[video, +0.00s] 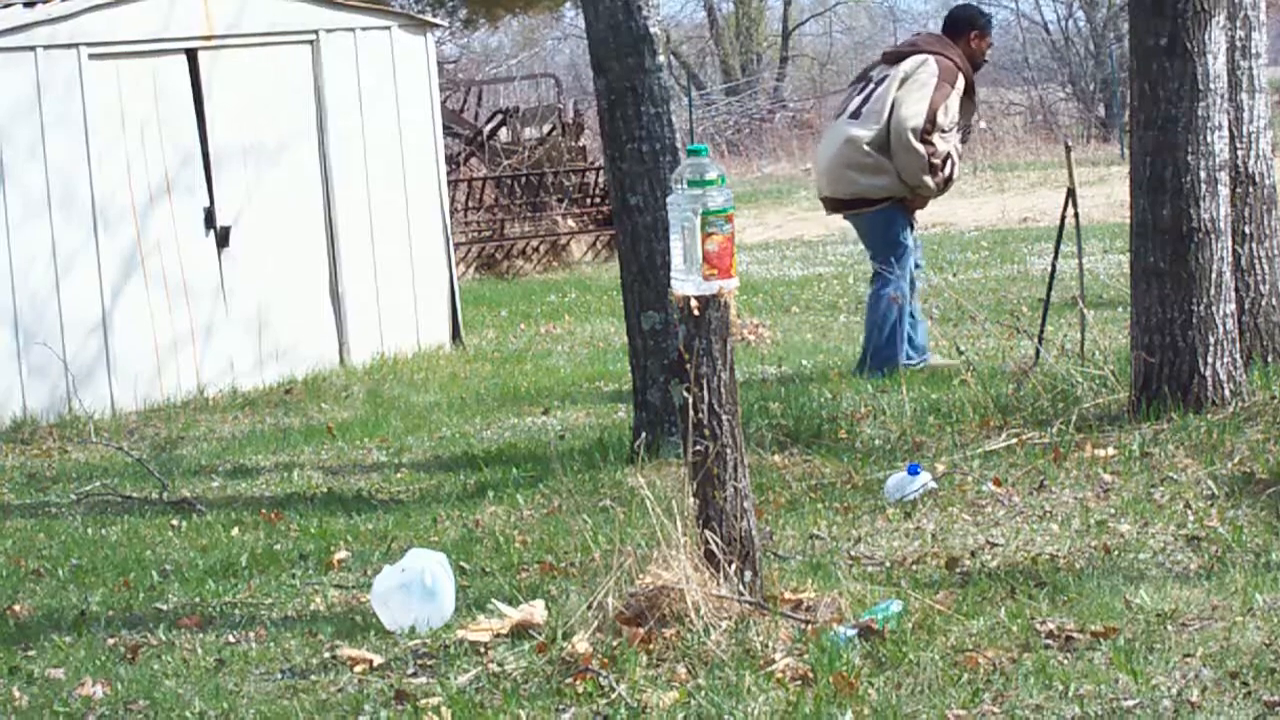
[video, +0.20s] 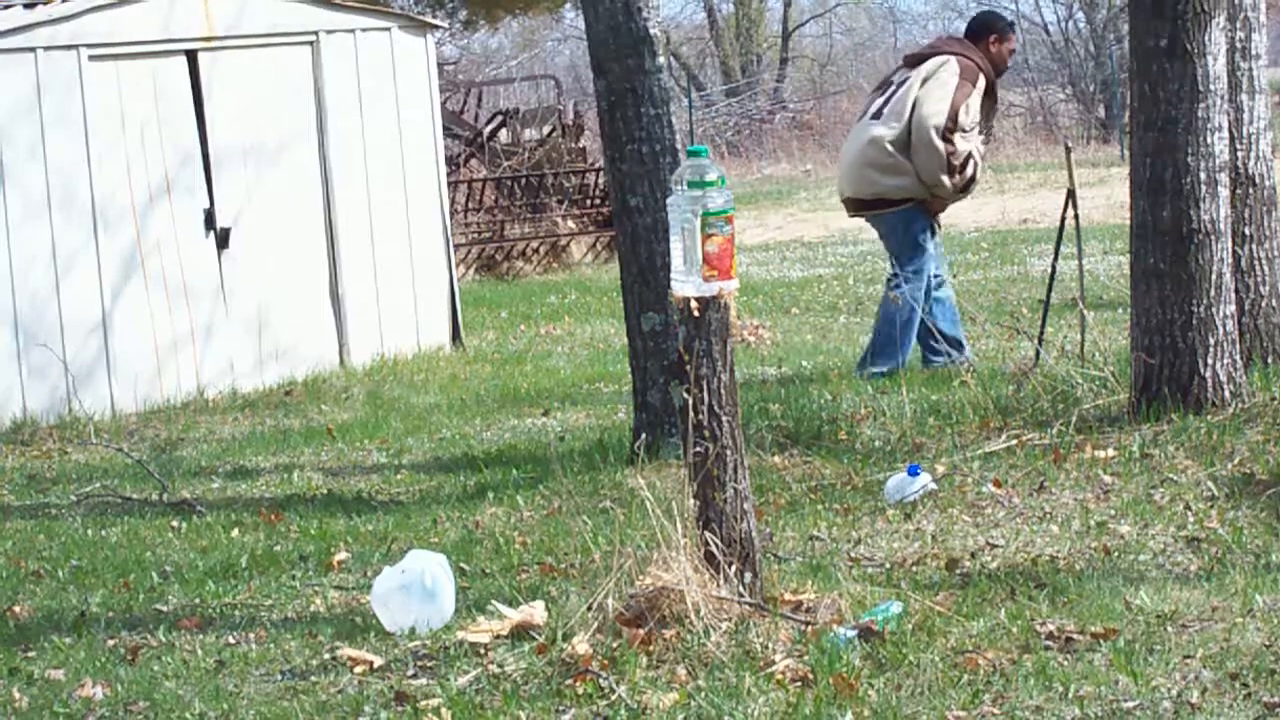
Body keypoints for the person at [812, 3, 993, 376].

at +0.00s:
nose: (988, 53)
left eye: (989, 45)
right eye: (987, 44)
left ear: (950, 34)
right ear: (972, 38)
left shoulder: (912, 56)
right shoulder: (942, 65)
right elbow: (910, 128)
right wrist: (926, 185)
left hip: (845, 172)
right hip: (866, 174)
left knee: (908, 258)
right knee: (895, 266)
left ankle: (912, 354)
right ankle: (880, 366)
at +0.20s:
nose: (1011, 60)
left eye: (1013, 52)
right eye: (1011, 50)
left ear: (977, 39)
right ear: (992, 42)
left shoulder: (934, 60)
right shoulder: (963, 67)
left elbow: (880, 115)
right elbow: (933, 129)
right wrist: (944, 192)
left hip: (867, 175)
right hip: (890, 176)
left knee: (931, 271)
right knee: (914, 272)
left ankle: (949, 361)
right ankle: (879, 370)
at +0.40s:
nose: (1033, 57)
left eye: (1036, 49)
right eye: (1033, 47)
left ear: (1002, 37)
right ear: (1013, 39)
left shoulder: (954, 55)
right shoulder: (986, 61)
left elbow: (897, 108)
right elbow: (954, 120)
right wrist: (969, 180)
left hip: (883, 169)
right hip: (909, 168)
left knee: (939, 262)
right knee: (950, 260)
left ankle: (943, 353)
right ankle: (897, 344)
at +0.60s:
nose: (1056, 57)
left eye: (1058, 48)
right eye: (1055, 46)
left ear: (1030, 36)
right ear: (1034, 37)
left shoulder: (975, 53)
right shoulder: (1004, 56)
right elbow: (970, 106)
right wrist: (995, 163)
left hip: (899, 168)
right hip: (931, 167)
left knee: (943, 257)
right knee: (993, 246)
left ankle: (937, 355)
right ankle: (971, 345)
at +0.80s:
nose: (1083, 64)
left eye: (1087, 57)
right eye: (1084, 54)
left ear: (1059, 41)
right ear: (1064, 43)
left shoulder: (996, 55)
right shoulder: (1034, 62)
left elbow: (943, 105)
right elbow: (997, 116)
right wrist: (1018, 173)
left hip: (919, 167)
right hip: (956, 168)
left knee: (955, 259)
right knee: (1002, 262)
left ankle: (945, 357)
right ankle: (1041, 352)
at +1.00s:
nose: (1113, 71)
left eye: (1116, 63)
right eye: (1114, 61)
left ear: (1093, 45)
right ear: (1098, 47)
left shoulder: (1026, 53)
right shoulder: (1064, 62)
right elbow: (1027, 117)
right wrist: (1048, 171)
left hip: (944, 162)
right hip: (985, 165)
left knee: (976, 252)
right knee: (1023, 254)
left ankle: (948, 349)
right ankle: (1040, 350)